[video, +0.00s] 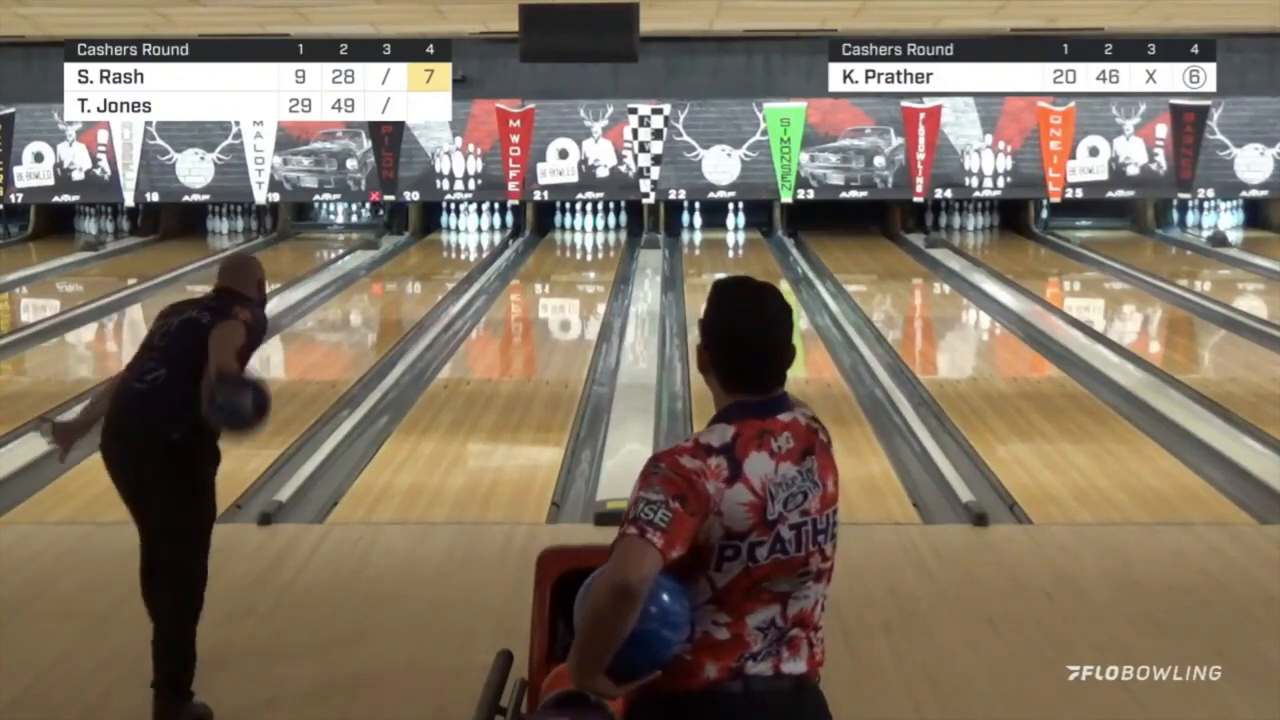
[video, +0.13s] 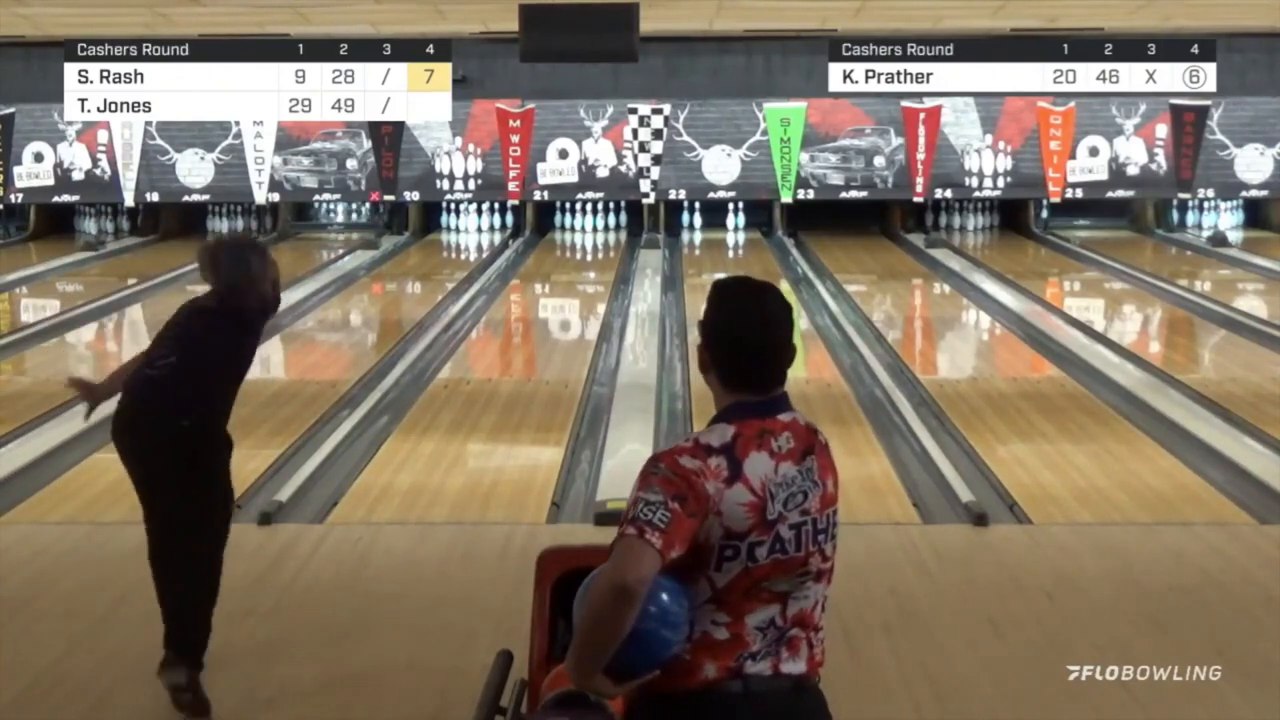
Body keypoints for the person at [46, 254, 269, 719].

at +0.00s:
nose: (264, 294)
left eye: (262, 287)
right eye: (263, 287)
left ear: (219, 284)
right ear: (256, 286)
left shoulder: (177, 311)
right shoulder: (246, 311)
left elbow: (131, 374)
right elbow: (225, 332)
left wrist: (79, 424)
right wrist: (224, 377)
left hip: (123, 437)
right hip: (176, 446)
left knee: (157, 548)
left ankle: (170, 674)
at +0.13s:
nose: (275, 277)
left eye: (273, 270)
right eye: (268, 272)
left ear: (224, 277)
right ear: (249, 279)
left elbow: (149, 359)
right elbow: (151, 358)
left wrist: (100, 388)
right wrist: (102, 389)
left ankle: (182, 654)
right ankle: (181, 659)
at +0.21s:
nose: (276, 283)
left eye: (275, 274)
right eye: (276, 275)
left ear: (249, 274)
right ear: (272, 285)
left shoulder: (209, 304)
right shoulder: (251, 293)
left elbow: (170, 359)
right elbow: (220, 258)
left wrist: (127, 370)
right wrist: (206, 219)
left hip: (142, 415)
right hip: (199, 421)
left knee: (168, 528)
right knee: (221, 538)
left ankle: (179, 636)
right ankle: (196, 638)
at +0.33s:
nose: (298, 277)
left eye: (298, 272)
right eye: (296, 271)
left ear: (264, 272)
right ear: (282, 276)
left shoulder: (234, 300)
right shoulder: (258, 284)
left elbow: (189, 345)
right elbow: (227, 231)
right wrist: (224, 177)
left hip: (155, 414)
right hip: (208, 417)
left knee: (175, 529)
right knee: (247, 516)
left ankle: (180, 644)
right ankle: (232, 624)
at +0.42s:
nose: (311, 287)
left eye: (308, 279)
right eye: (311, 281)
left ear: (274, 269)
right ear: (303, 286)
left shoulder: (247, 296)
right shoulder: (277, 293)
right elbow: (244, 231)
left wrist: (242, 168)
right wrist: (242, 172)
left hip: (169, 414)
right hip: (220, 421)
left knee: (191, 515)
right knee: (250, 514)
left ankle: (179, 612)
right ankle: (237, 612)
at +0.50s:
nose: (319, 283)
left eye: (319, 278)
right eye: (315, 275)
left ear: (282, 281)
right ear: (300, 283)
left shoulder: (249, 310)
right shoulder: (283, 301)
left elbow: (220, 332)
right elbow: (259, 247)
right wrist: (248, 187)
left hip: (177, 417)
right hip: (226, 426)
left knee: (207, 499)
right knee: (256, 518)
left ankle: (197, 593)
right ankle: (236, 610)